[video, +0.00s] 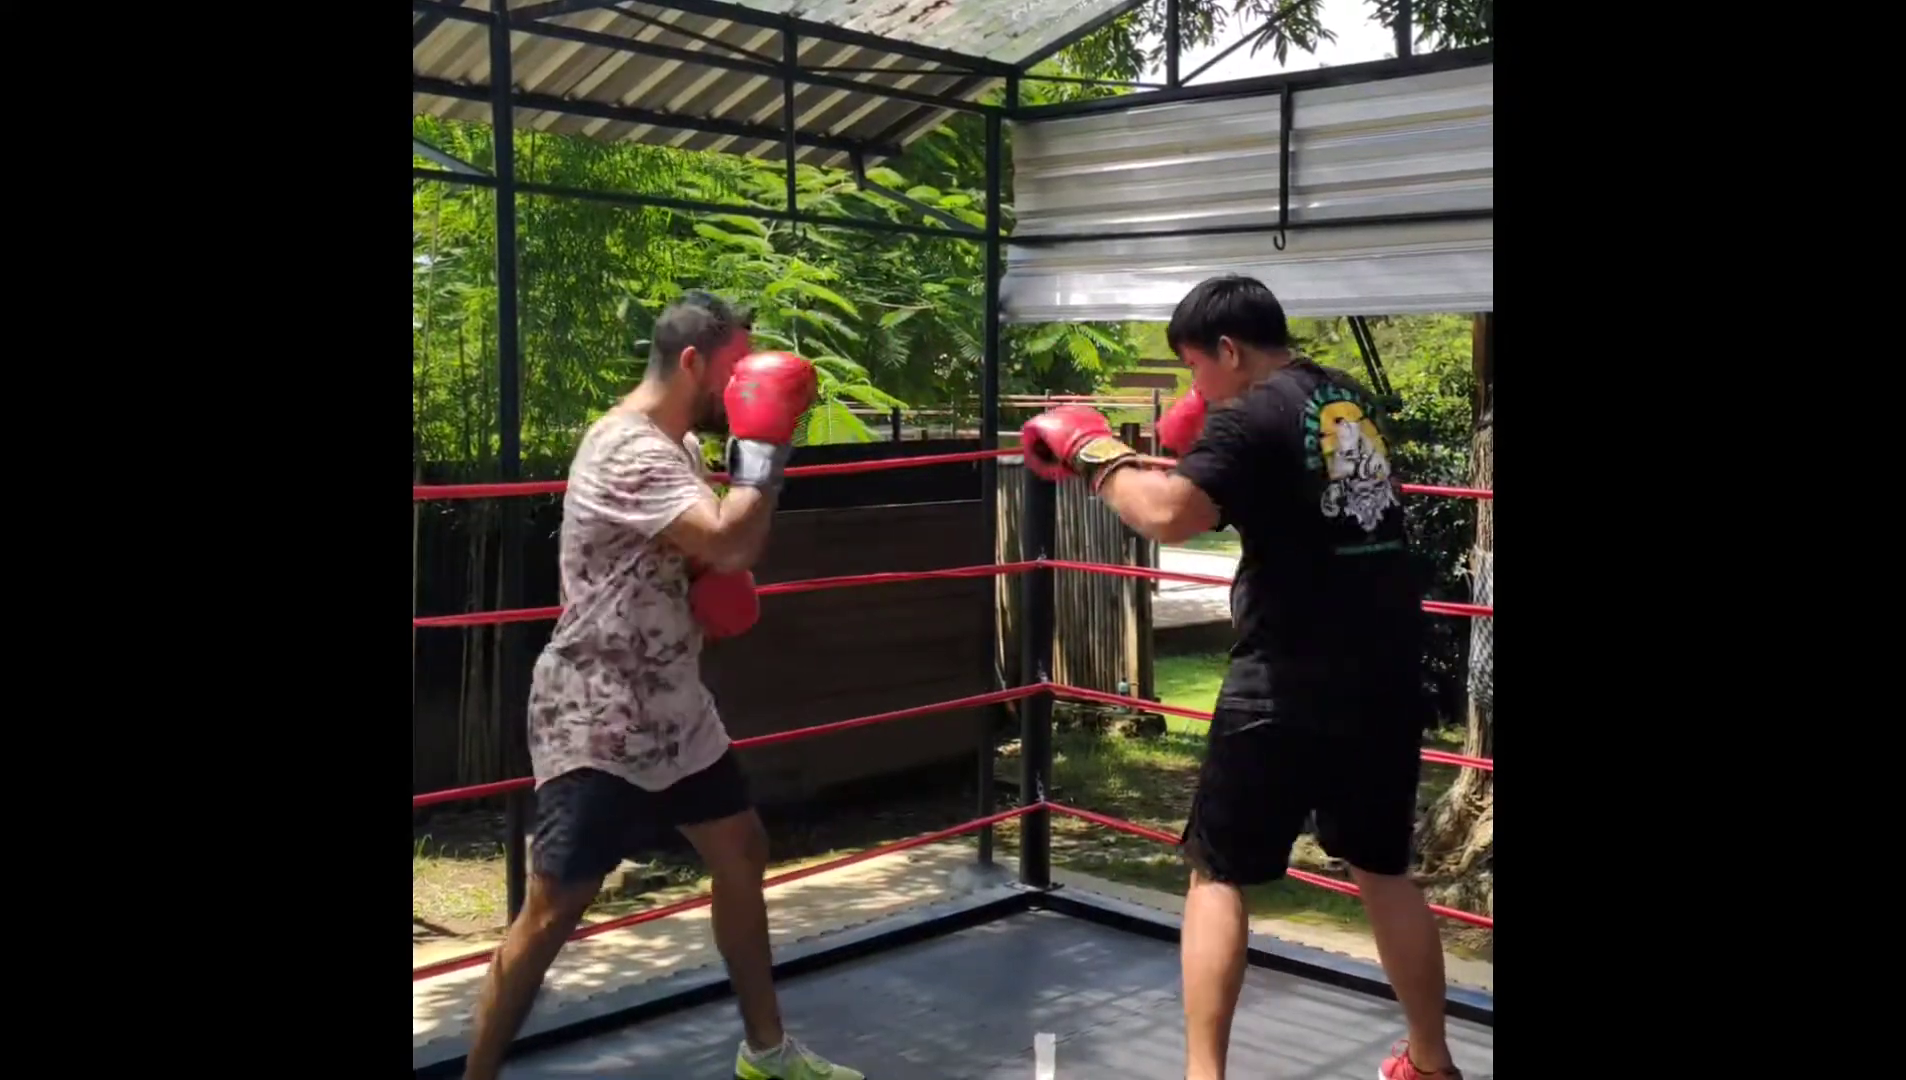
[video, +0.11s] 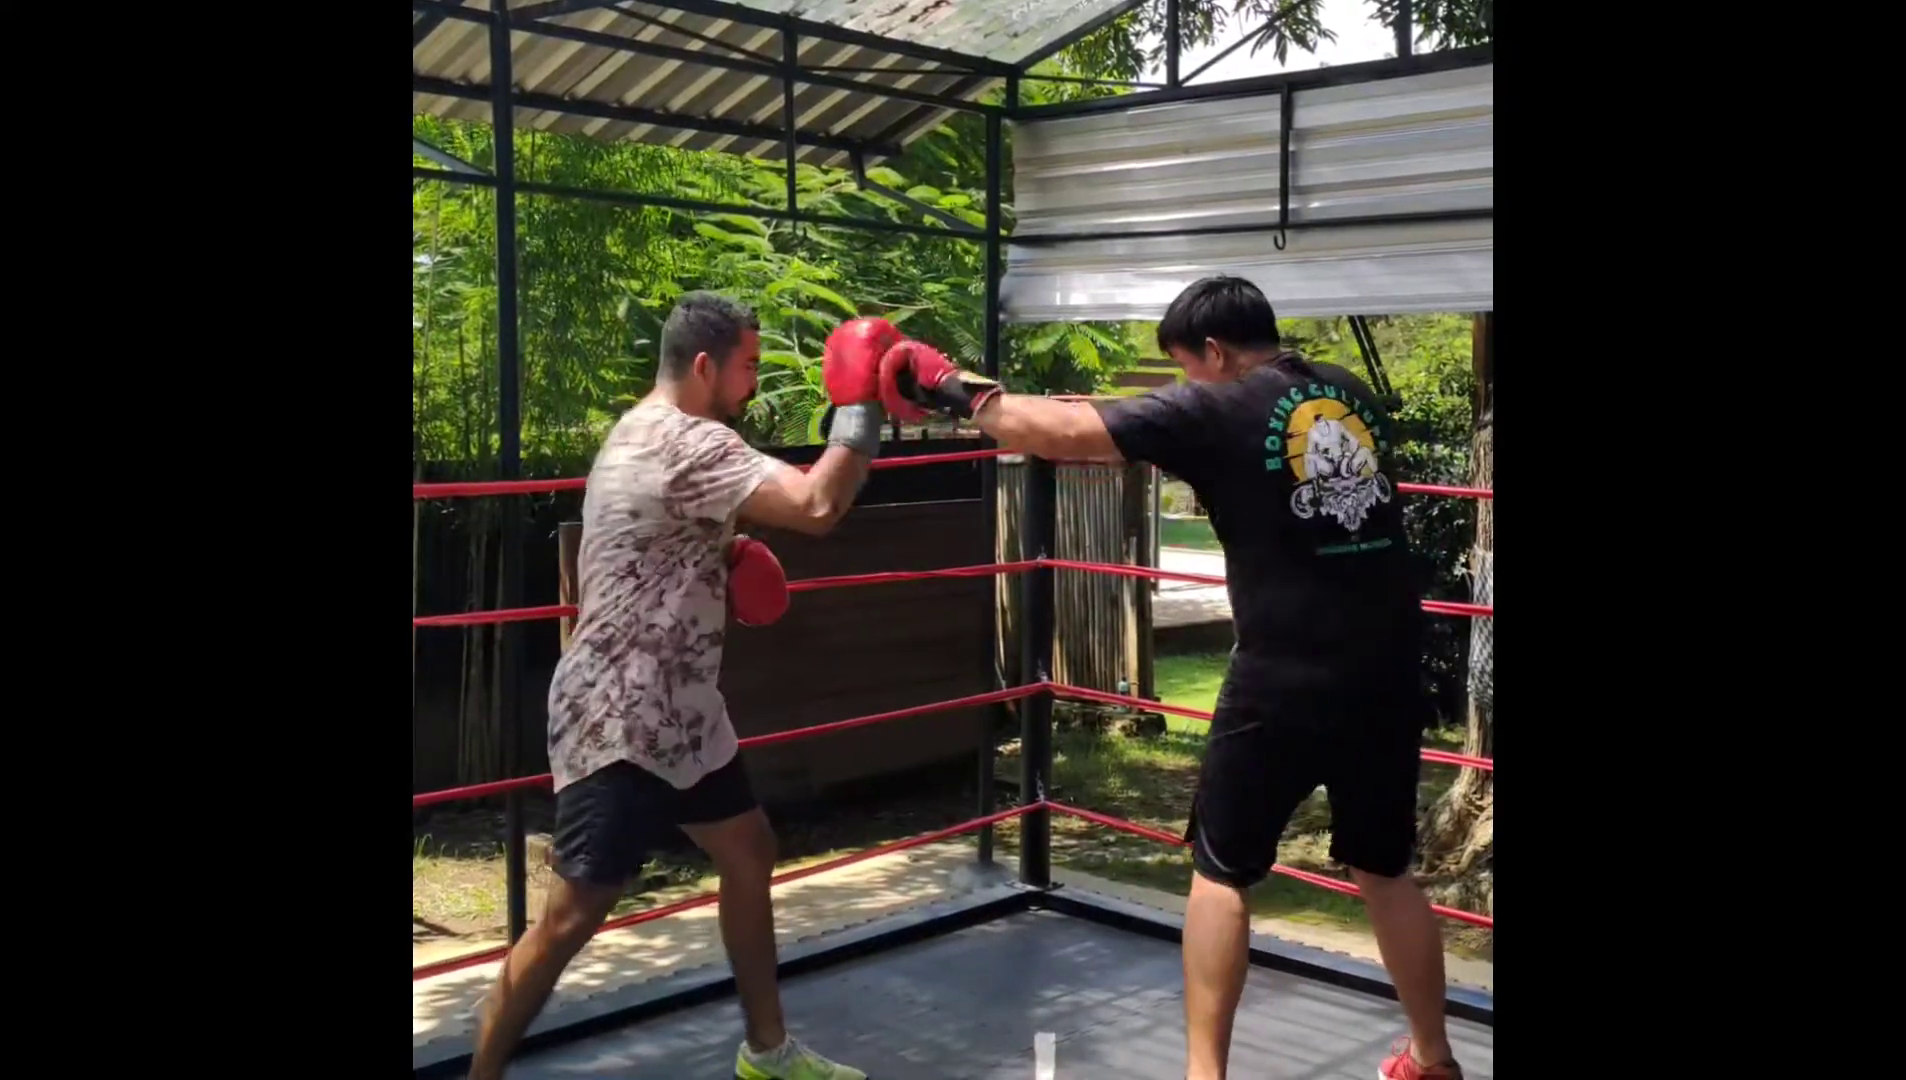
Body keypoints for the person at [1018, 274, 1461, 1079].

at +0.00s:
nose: (1193, 387)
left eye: (1191, 367)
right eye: (1187, 371)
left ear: (1230, 350)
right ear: (1274, 342)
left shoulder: (1254, 416)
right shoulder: (1346, 397)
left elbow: (1168, 512)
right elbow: (1290, 490)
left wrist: (1094, 453)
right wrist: (1203, 446)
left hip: (1281, 685)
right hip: (1385, 681)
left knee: (1218, 872)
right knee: (1387, 870)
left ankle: (1204, 1070)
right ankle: (1432, 1059)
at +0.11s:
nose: (1184, 380)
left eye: (1183, 365)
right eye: (1178, 367)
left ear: (1217, 351)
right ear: (1270, 340)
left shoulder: (1214, 409)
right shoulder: (1345, 393)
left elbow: (1064, 433)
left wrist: (952, 389)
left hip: (1281, 678)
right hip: (1386, 678)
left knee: (1222, 871)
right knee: (1389, 867)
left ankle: (1206, 1068)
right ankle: (1434, 1054)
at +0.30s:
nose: (1198, 385)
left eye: (1197, 363)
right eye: (1194, 365)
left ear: (1233, 344)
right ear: (1271, 341)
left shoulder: (1251, 402)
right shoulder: (1342, 394)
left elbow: (1159, 513)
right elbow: (1287, 495)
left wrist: (1062, 445)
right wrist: (1197, 444)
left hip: (1286, 680)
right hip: (1383, 679)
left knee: (1226, 874)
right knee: (1389, 864)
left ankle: (1214, 1070)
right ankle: (1435, 1054)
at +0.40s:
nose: (1208, 386)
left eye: (1209, 367)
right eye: (1201, 371)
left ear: (1251, 346)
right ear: (1273, 343)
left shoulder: (1280, 425)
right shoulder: (1348, 401)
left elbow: (1226, 561)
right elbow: (1294, 532)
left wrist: (1168, 464)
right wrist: (1217, 447)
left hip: (1304, 685)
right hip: (1389, 682)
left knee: (1245, 880)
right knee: (1388, 867)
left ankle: (1227, 1072)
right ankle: (1435, 1059)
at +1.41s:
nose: (1245, 381)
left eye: (1246, 364)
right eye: (1240, 368)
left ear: (1283, 346)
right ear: (1323, 339)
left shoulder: (1313, 406)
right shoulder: (1391, 392)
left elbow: (1213, 500)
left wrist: (1163, 397)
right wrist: (1246, 420)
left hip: (1335, 670)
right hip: (1424, 670)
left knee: (1251, 861)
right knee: (1398, 860)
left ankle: (1235, 1069)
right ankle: (1440, 1058)